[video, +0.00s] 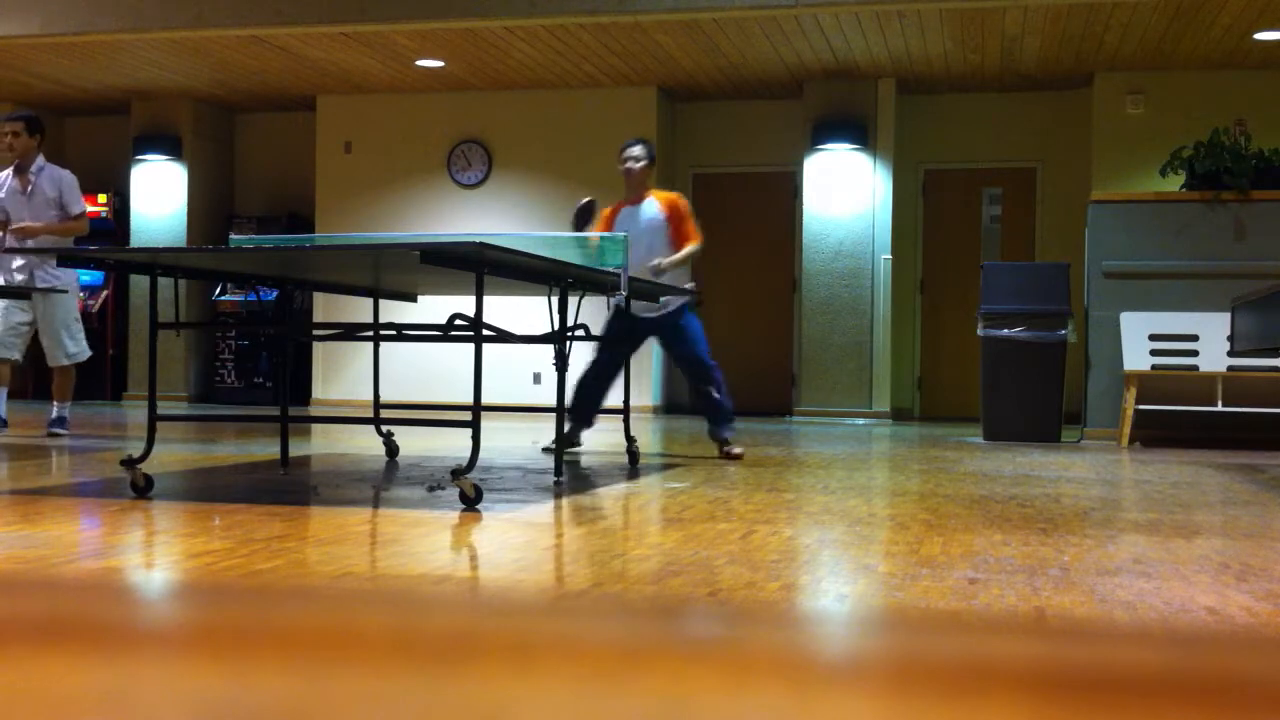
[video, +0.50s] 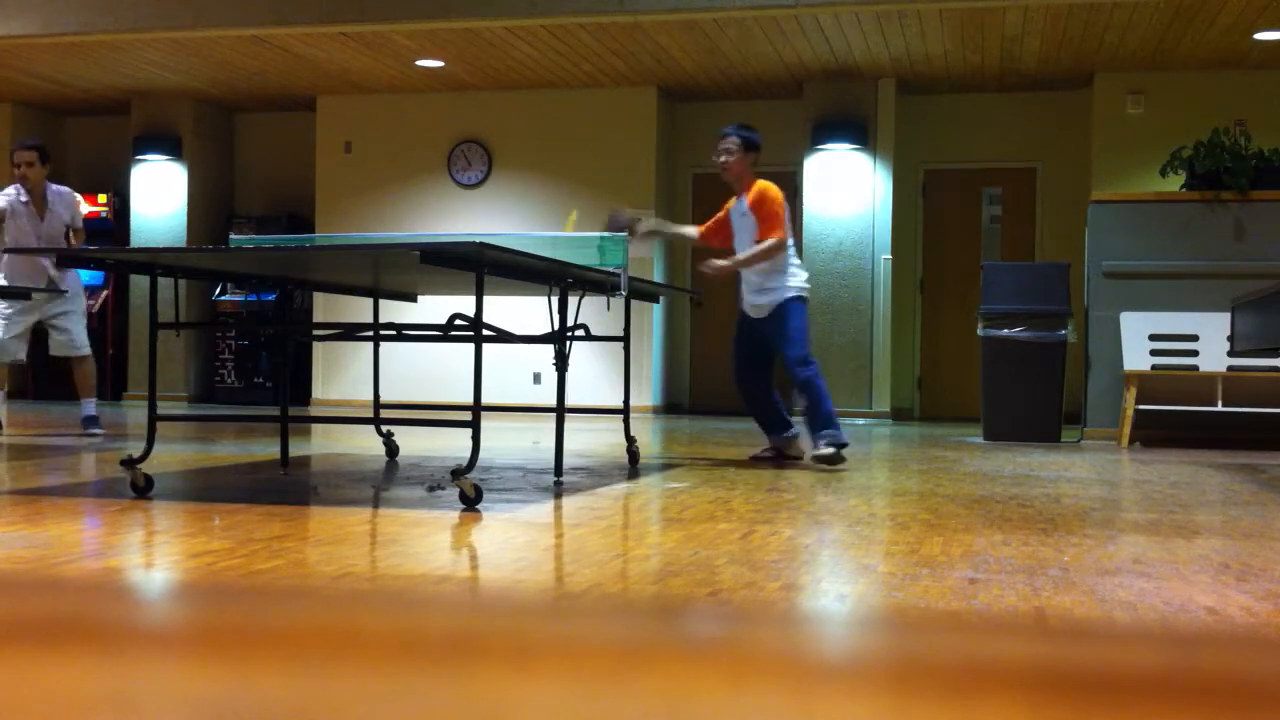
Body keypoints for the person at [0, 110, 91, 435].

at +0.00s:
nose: (8, 141)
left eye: (15, 135)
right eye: (5, 135)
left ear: (36, 139)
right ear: (2, 140)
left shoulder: (62, 179)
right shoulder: (2, 181)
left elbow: (81, 225)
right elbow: (3, 221)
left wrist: (40, 229)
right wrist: (3, 229)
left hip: (53, 282)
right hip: (11, 281)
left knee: (62, 355)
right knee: (2, 350)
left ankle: (59, 416)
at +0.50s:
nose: (22, 171)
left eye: (28, 165)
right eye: (17, 166)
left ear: (45, 167)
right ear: (13, 169)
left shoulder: (66, 198)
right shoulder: (7, 201)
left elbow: (78, 232)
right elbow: (0, 230)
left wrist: (73, 250)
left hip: (63, 287)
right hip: (15, 289)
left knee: (80, 349)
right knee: (2, 350)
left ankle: (89, 414)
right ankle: (0, 413)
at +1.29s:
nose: (28, 143)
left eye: (35, 137)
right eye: (27, 138)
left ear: (56, 141)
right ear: (28, 143)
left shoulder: (83, 183)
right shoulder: (22, 184)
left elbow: (103, 228)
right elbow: (18, 228)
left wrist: (74, 238)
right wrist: (5, 245)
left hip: (74, 285)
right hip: (31, 284)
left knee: (90, 353)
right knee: (13, 352)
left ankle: (95, 416)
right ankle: (5, 415)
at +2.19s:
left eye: (0, 126)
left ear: (12, 132)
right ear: (9, 132)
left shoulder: (37, 173)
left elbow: (57, 218)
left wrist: (15, 224)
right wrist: (16, 229)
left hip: (28, 274)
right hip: (1, 273)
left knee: (43, 347)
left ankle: (60, 411)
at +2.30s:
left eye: (1, 125)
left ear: (19, 132)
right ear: (9, 132)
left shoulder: (44, 174)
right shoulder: (1, 175)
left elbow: (61, 221)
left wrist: (19, 219)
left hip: (31, 274)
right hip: (1, 272)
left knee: (45, 348)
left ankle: (59, 413)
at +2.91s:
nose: (48, 136)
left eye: (58, 132)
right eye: (49, 130)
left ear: (76, 142)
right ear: (48, 136)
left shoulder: (85, 186)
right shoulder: (26, 169)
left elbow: (91, 235)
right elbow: (10, 214)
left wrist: (61, 207)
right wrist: (3, 253)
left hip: (59, 277)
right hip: (17, 271)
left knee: (65, 352)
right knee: (9, 350)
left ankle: (62, 417)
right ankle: (3, 415)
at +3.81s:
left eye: (3, 128)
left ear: (21, 133)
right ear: (8, 134)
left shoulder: (44, 176)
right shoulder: (1, 173)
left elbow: (56, 225)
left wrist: (22, 195)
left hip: (31, 277)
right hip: (1, 275)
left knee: (44, 350)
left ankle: (59, 414)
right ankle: (1, 413)